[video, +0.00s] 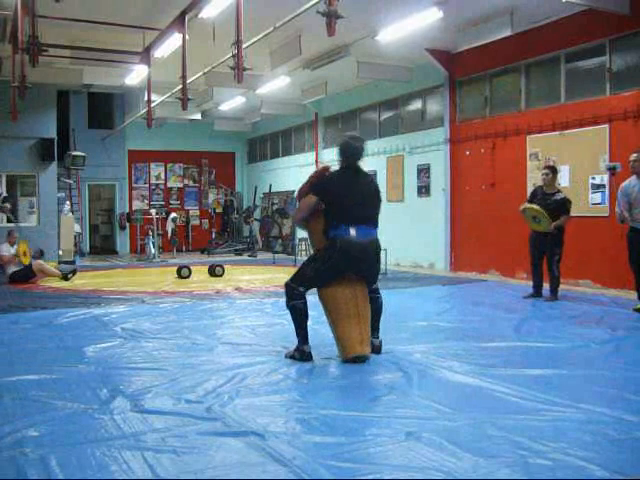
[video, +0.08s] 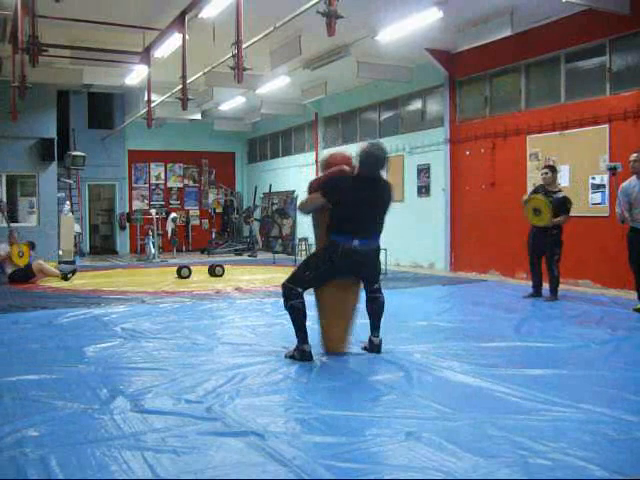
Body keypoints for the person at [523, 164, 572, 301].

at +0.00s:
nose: (543, 177)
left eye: (547, 174)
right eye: (542, 174)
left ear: (554, 177)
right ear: (540, 177)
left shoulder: (562, 198)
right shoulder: (537, 192)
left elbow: (565, 216)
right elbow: (529, 205)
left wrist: (554, 225)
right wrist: (525, 209)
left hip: (553, 233)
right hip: (537, 232)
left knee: (553, 264)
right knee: (536, 263)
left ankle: (553, 292)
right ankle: (536, 290)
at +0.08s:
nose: (543, 177)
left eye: (546, 174)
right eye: (542, 174)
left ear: (554, 176)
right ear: (540, 177)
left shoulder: (561, 197)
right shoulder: (537, 191)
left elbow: (565, 216)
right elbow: (529, 205)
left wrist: (553, 222)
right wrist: (526, 202)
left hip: (552, 231)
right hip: (537, 229)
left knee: (552, 262)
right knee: (534, 261)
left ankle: (553, 292)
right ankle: (536, 289)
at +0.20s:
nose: (543, 177)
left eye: (546, 174)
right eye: (541, 174)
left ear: (553, 176)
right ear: (540, 177)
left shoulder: (560, 196)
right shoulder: (537, 193)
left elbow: (564, 214)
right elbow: (523, 202)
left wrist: (552, 215)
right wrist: (529, 191)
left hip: (551, 230)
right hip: (535, 229)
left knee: (551, 261)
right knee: (534, 261)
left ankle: (553, 292)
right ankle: (536, 289)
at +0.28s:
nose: (544, 181)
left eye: (548, 177)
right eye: (542, 178)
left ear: (553, 179)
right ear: (538, 179)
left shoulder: (559, 195)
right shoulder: (535, 193)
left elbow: (561, 213)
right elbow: (520, 196)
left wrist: (554, 200)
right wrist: (531, 183)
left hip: (550, 232)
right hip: (534, 231)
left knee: (550, 263)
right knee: (534, 263)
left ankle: (553, 293)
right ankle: (536, 290)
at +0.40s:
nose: (545, 183)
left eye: (548, 180)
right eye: (543, 180)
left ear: (553, 183)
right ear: (538, 183)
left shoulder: (557, 196)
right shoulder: (534, 193)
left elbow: (563, 209)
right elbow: (519, 189)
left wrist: (558, 192)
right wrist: (531, 178)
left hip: (549, 231)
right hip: (533, 231)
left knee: (550, 263)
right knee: (534, 263)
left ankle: (553, 293)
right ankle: (536, 290)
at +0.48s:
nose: (537, 179)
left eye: (540, 176)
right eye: (536, 177)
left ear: (546, 179)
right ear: (534, 180)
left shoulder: (554, 194)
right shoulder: (532, 193)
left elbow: (565, 200)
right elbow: (519, 185)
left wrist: (560, 184)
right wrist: (529, 172)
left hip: (549, 230)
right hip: (533, 229)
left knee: (550, 262)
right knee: (535, 262)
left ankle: (553, 292)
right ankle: (537, 290)